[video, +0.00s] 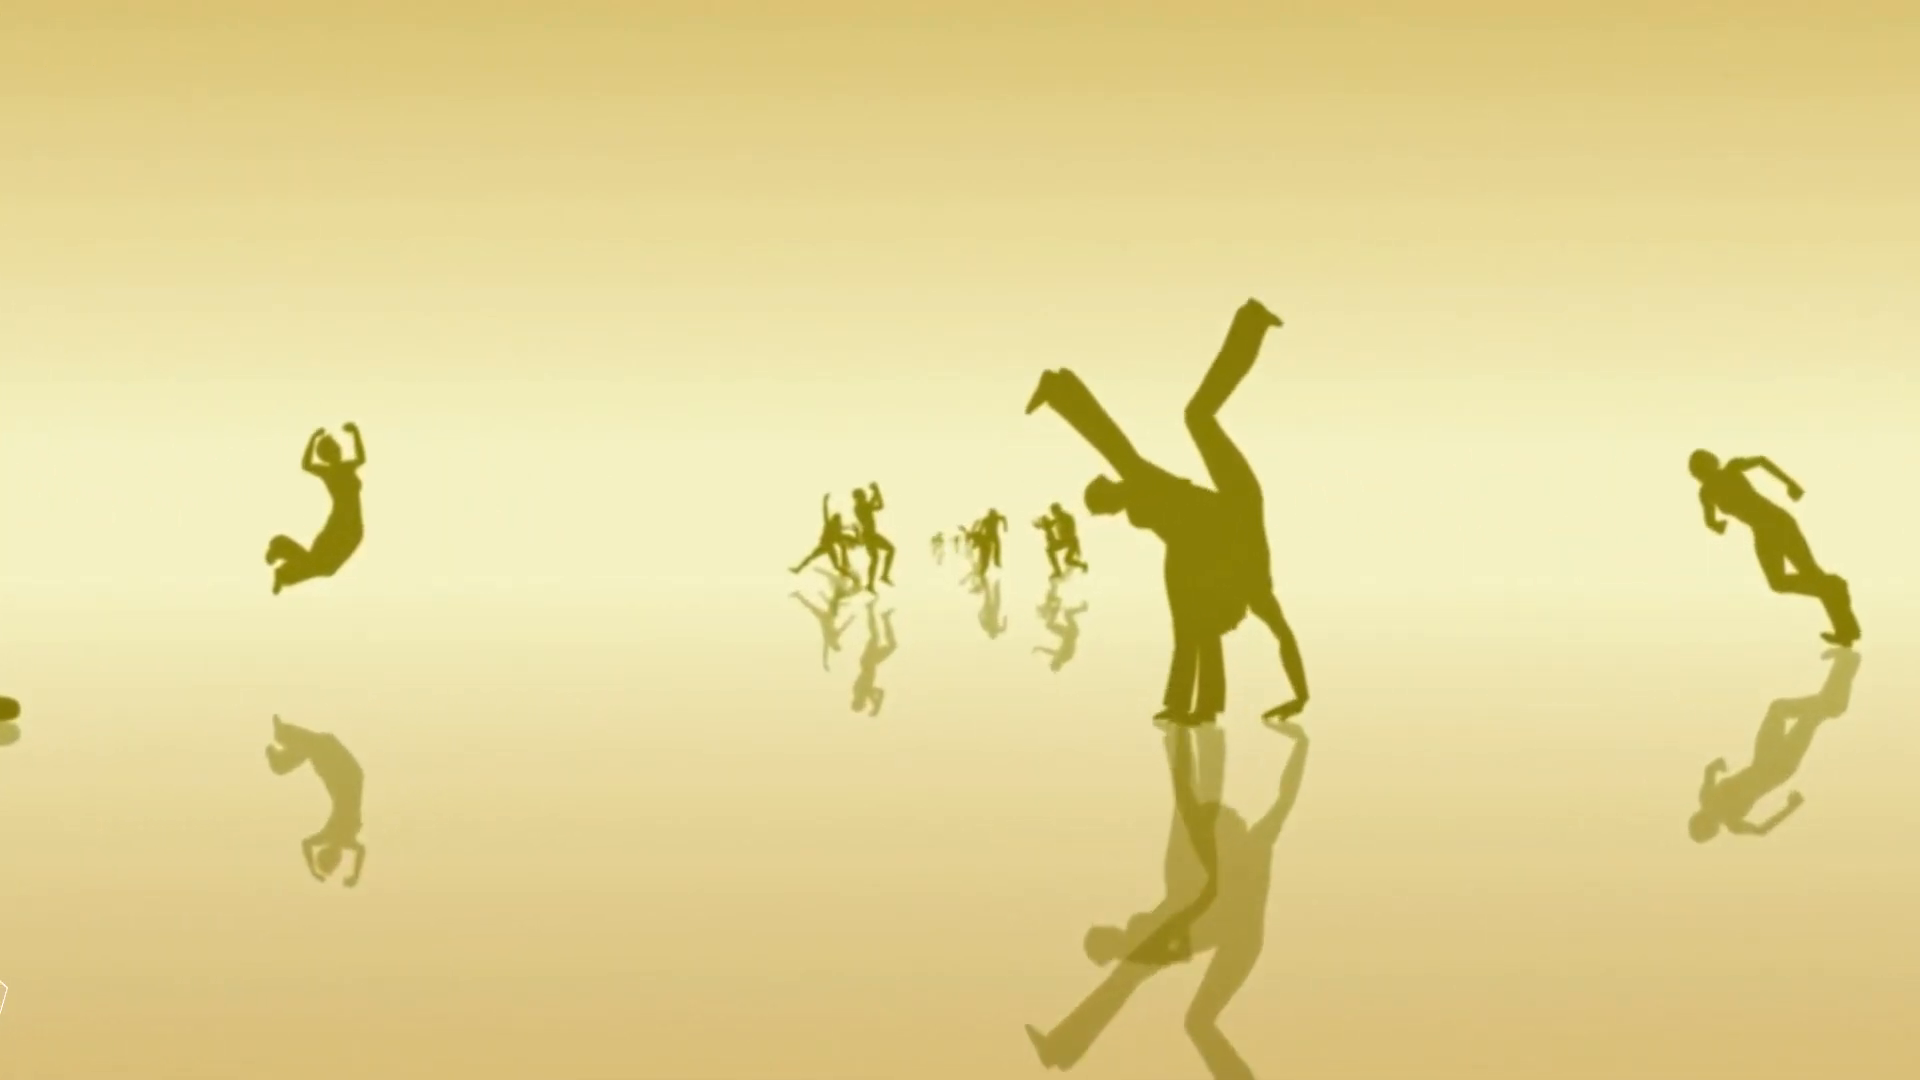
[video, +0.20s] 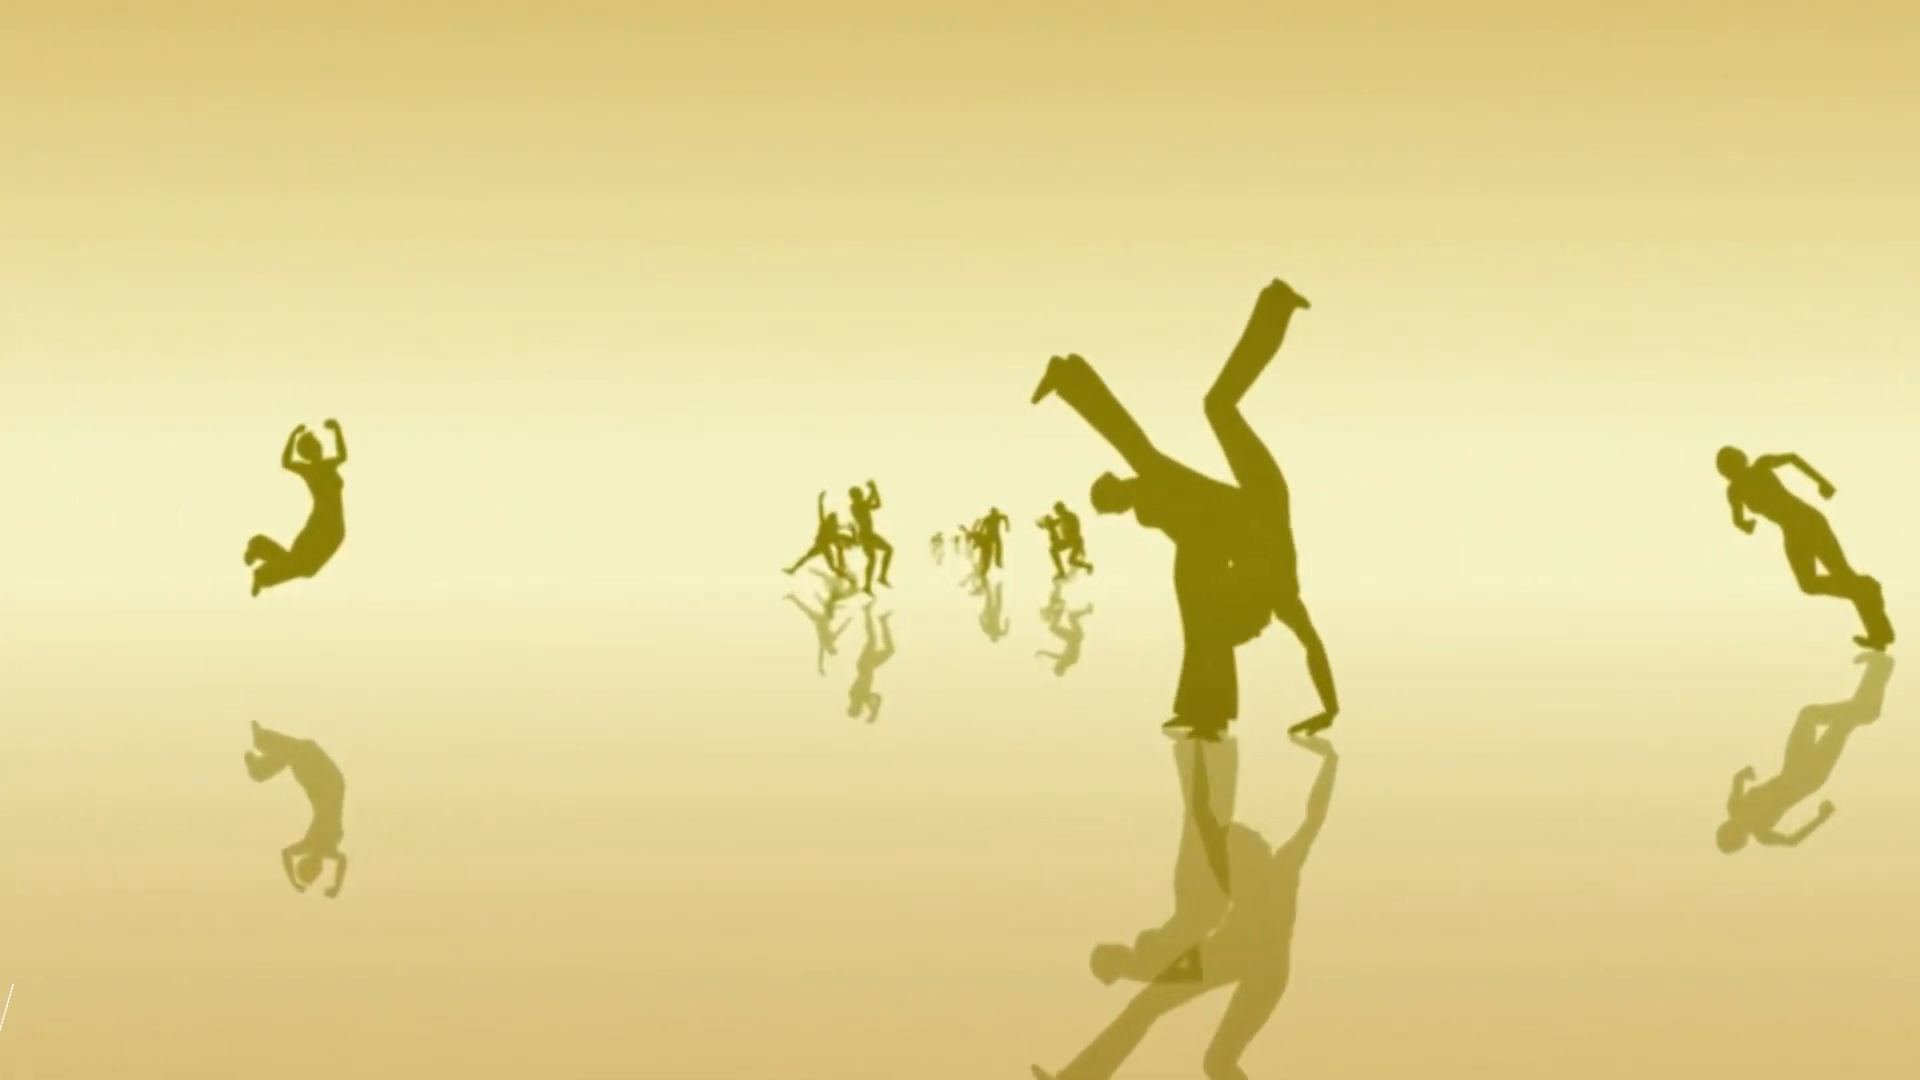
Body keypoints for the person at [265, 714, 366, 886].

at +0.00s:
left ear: (335, 856)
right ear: (322, 853)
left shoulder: (346, 841)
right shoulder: (325, 838)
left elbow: (362, 849)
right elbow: (305, 843)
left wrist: (355, 875)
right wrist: (312, 870)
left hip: (330, 747)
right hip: (317, 747)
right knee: (279, 767)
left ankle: (282, 730)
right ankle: (270, 749)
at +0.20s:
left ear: (316, 866)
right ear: (303, 863)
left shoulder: (327, 851)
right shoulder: (307, 847)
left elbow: (343, 859)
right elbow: (286, 853)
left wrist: (337, 886)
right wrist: (293, 881)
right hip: (298, 753)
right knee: (258, 774)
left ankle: (262, 736)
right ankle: (249, 756)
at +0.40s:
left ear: (297, 876)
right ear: (283, 872)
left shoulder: (307, 860)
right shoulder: (286, 857)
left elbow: (324, 870)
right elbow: (263, 863)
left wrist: (317, 898)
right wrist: (271, 891)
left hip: (290, 761)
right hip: (276, 760)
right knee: (236, 782)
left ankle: (239, 742)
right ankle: (226, 762)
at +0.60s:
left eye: (265, 899)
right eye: (262, 897)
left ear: (274, 886)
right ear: (261, 883)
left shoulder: (285, 871)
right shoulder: (264, 867)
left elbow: (303, 880)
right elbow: (241, 873)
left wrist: (296, 909)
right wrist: (249, 903)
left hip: (268, 766)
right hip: (254, 767)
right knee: (213, 789)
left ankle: (217, 749)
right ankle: (202, 772)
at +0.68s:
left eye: (254, 907)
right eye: (250, 908)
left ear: (259, 894)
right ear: (249, 891)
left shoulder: (271, 876)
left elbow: (289, 888)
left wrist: (283, 917)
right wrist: (235, 912)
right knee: (198, 795)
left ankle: (203, 754)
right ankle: (187, 776)